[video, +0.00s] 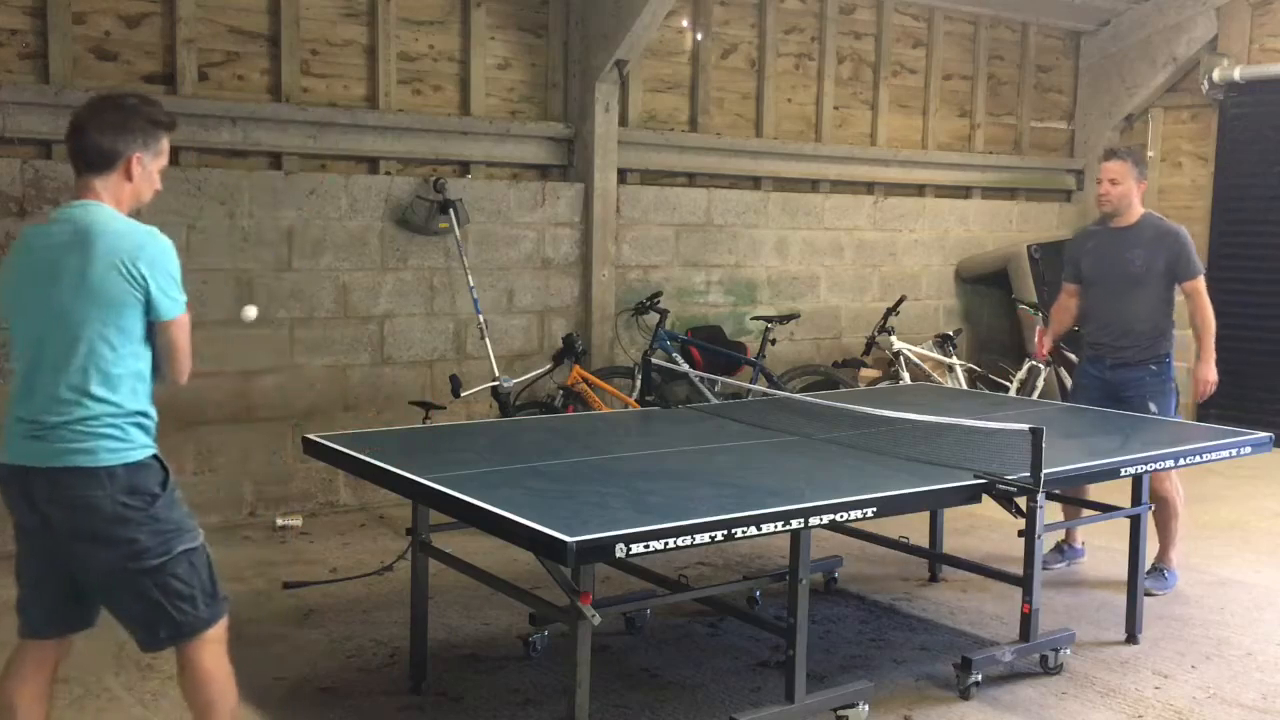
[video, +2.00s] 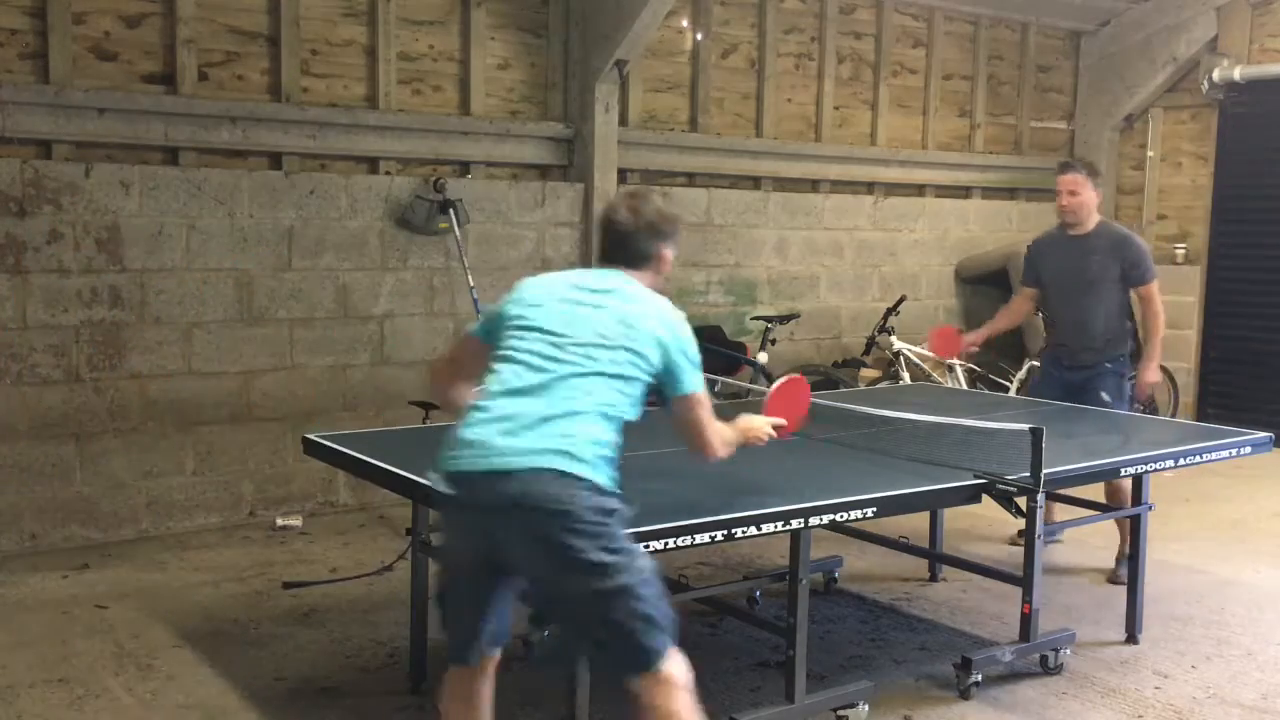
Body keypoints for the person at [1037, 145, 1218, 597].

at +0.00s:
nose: (1102, 190)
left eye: (1113, 182)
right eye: (1100, 182)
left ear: (1139, 187)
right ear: (1098, 187)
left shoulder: (1169, 237)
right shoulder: (1084, 241)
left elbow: (1197, 298)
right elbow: (1068, 299)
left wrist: (1206, 359)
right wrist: (1050, 331)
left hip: (1148, 373)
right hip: (1092, 370)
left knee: (1159, 476)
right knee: (1070, 458)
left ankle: (1165, 562)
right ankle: (1071, 542)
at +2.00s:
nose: (1064, 201)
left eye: (1073, 193)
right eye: (1058, 194)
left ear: (1095, 197)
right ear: (1054, 199)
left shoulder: (1124, 245)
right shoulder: (1042, 249)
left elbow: (1152, 304)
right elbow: (1024, 302)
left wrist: (1151, 361)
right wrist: (984, 332)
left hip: (1108, 369)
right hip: (1055, 366)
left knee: (1113, 461)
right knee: (1041, 448)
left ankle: (1129, 546)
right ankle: (1048, 522)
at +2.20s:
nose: (1001, 224)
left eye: (1008, 215)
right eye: (1000, 216)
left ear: (1038, 215)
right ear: (1016, 219)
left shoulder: (1074, 261)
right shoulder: (1007, 267)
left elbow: (1102, 319)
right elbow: (995, 319)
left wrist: (1080, 349)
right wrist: (948, 345)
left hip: (1071, 384)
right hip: (1021, 379)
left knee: (1093, 462)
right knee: (966, 429)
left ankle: (1125, 548)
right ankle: (929, 506)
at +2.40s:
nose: (910, 235)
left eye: (916, 226)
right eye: (909, 227)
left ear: (942, 225)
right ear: (925, 228)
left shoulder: (977, 262)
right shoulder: (923, 282)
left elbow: (1031, 287)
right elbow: (888, 335)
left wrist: (1040, 303)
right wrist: (834, 345)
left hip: (1007, 380)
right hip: (961, 383)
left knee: (1055, 459)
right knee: (913, 437)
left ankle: (1112, 544)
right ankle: (881, 512)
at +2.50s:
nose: (869, 246)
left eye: (875, 239)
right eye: (869, 239)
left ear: (901, 240)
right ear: (892, 241)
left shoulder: (944, 273)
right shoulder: (882, 297)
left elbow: (1002, 292)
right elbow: (847, 341)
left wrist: (1012, 305)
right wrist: (789, 351)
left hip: (984, 379)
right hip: (939, 387)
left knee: (1025, 460)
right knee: (898, 438)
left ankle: (1094, 536)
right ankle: (882, 508)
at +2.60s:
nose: (847, 252)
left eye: (852, 244)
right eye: (846, 245)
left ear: (878, 244)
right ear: (867, 248)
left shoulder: (921, 274)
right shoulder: (862, 301)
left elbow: (979, 294)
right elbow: (827, 344)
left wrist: (985, 315)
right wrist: (774, 362)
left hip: (969, 378)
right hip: (925, 387)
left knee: (1008, 454)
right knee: (887, 438)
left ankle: (1077, 534)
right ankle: (879, 514)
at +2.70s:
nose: (837, 251)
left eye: (841, 243)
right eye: (835, 244)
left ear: (867, 239)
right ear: (854, 243)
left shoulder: (909, 268)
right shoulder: (856, 298)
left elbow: (969, 290)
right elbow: (830, 345)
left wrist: (966, 317)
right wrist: (782, 362)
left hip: (962, 372)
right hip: (921, 382)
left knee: (991, 453)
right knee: (885, 436)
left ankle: (1053, 533)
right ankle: (881, 511)